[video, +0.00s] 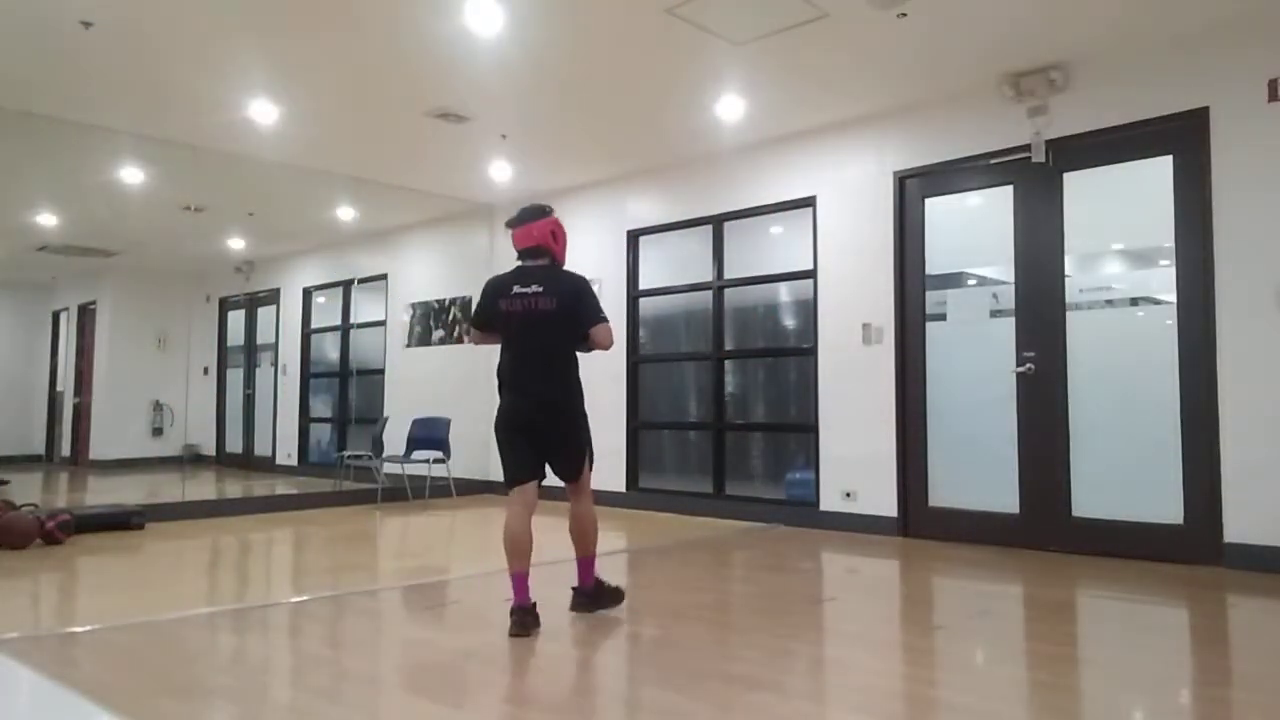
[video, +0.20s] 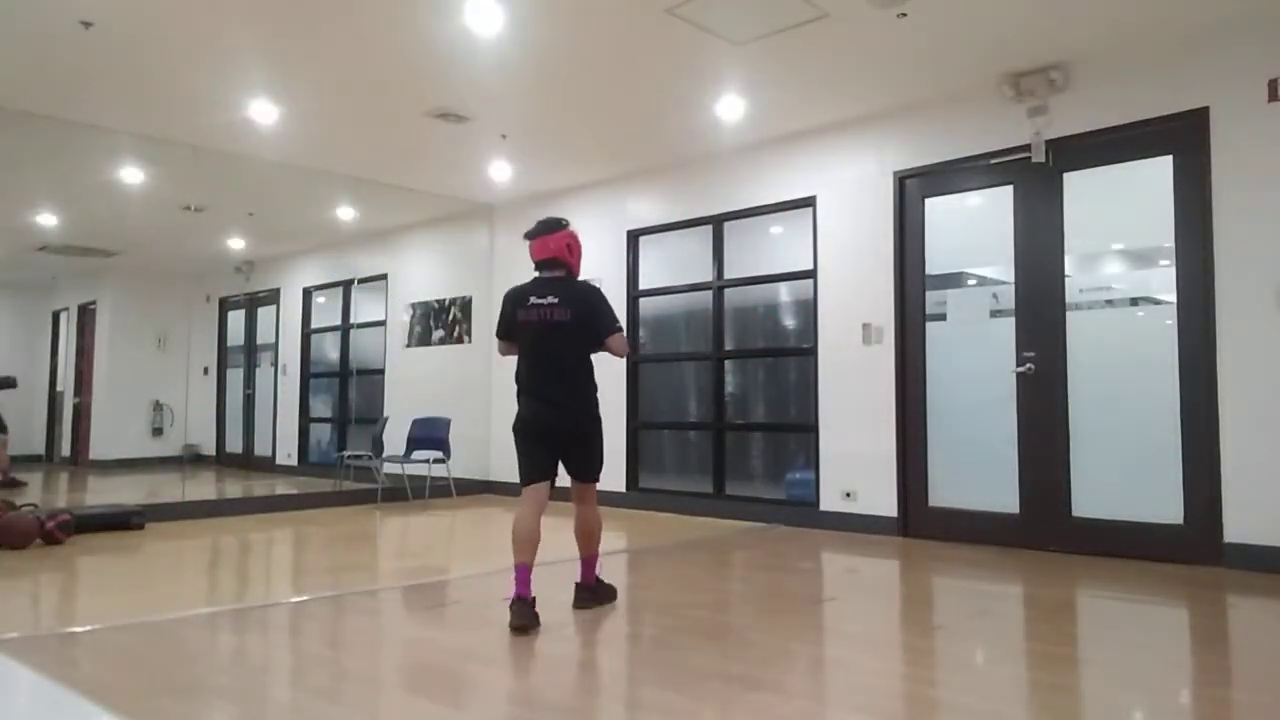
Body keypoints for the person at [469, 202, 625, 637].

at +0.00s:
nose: (565, 242)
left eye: (557, 235)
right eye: (561, 235)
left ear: (517, 243)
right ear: (556, 239)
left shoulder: (496, 286)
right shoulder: (573, 284)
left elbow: (481, 333)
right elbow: (603, 338)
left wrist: (521, 330)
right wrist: (569, 334)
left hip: (513, 409)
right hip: (562, 408)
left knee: (519, 500)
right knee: (579, 492)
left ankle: (521, 607)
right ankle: (586, 586)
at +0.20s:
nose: (580, 255)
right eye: (577, 248)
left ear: (534, 255)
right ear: (572, 252)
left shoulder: (515, 296)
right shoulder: (587, 295)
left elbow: (506, 348)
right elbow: (619, 346)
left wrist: (540, 336)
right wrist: (585, 332)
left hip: (532, 414)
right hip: (579, 413)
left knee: (530, 500)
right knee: (585, 498)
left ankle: (521, 599)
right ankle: (588, 583)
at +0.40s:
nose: (596, 259)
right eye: (593, 253)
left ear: (553, 260)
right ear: (589, 256)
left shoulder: (533, 301)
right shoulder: (605, 299)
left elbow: (522, 350)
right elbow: (638, 349)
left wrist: (558, 341)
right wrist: (610, 329)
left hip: (555, 410)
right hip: (597, 409)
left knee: (551, 492)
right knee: (596, 493)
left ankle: (537, 552)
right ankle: (589, 582)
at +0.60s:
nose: (604, 259)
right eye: (601, 253)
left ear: (563, 261)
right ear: (598, 257)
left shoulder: (546, 302)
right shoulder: (617, 299)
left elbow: (530, 354)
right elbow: (646, 347)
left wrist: (563, 344)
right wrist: (619, 338)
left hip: (564, 408)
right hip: (604, 407)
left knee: (565, 484)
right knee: (597, 492)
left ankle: (557, 569)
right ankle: (589, 584)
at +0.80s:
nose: (605, 269)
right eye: (603, 264)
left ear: (567, 270)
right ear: (601, 268)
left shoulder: (552, 309)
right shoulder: (619, 308)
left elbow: (527, 359)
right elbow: (648, 354)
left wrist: (557, 368)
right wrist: (621, 353)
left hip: (568, 410)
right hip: (605, 409)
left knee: (574, 490)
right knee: (599, 492)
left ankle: (574, 568)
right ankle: (588, 582)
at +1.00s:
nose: (599, 272)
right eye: (598, 267)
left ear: (564, 275)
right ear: (598, 271)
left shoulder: (550, 314)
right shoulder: (618, 312)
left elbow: (529, 363)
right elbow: (647, 354)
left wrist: (552, 385)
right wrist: (628, 388)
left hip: (567, 411)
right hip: (605, 409)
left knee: (573, 487)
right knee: (609, 487)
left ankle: (575, 564)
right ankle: (597, 552)